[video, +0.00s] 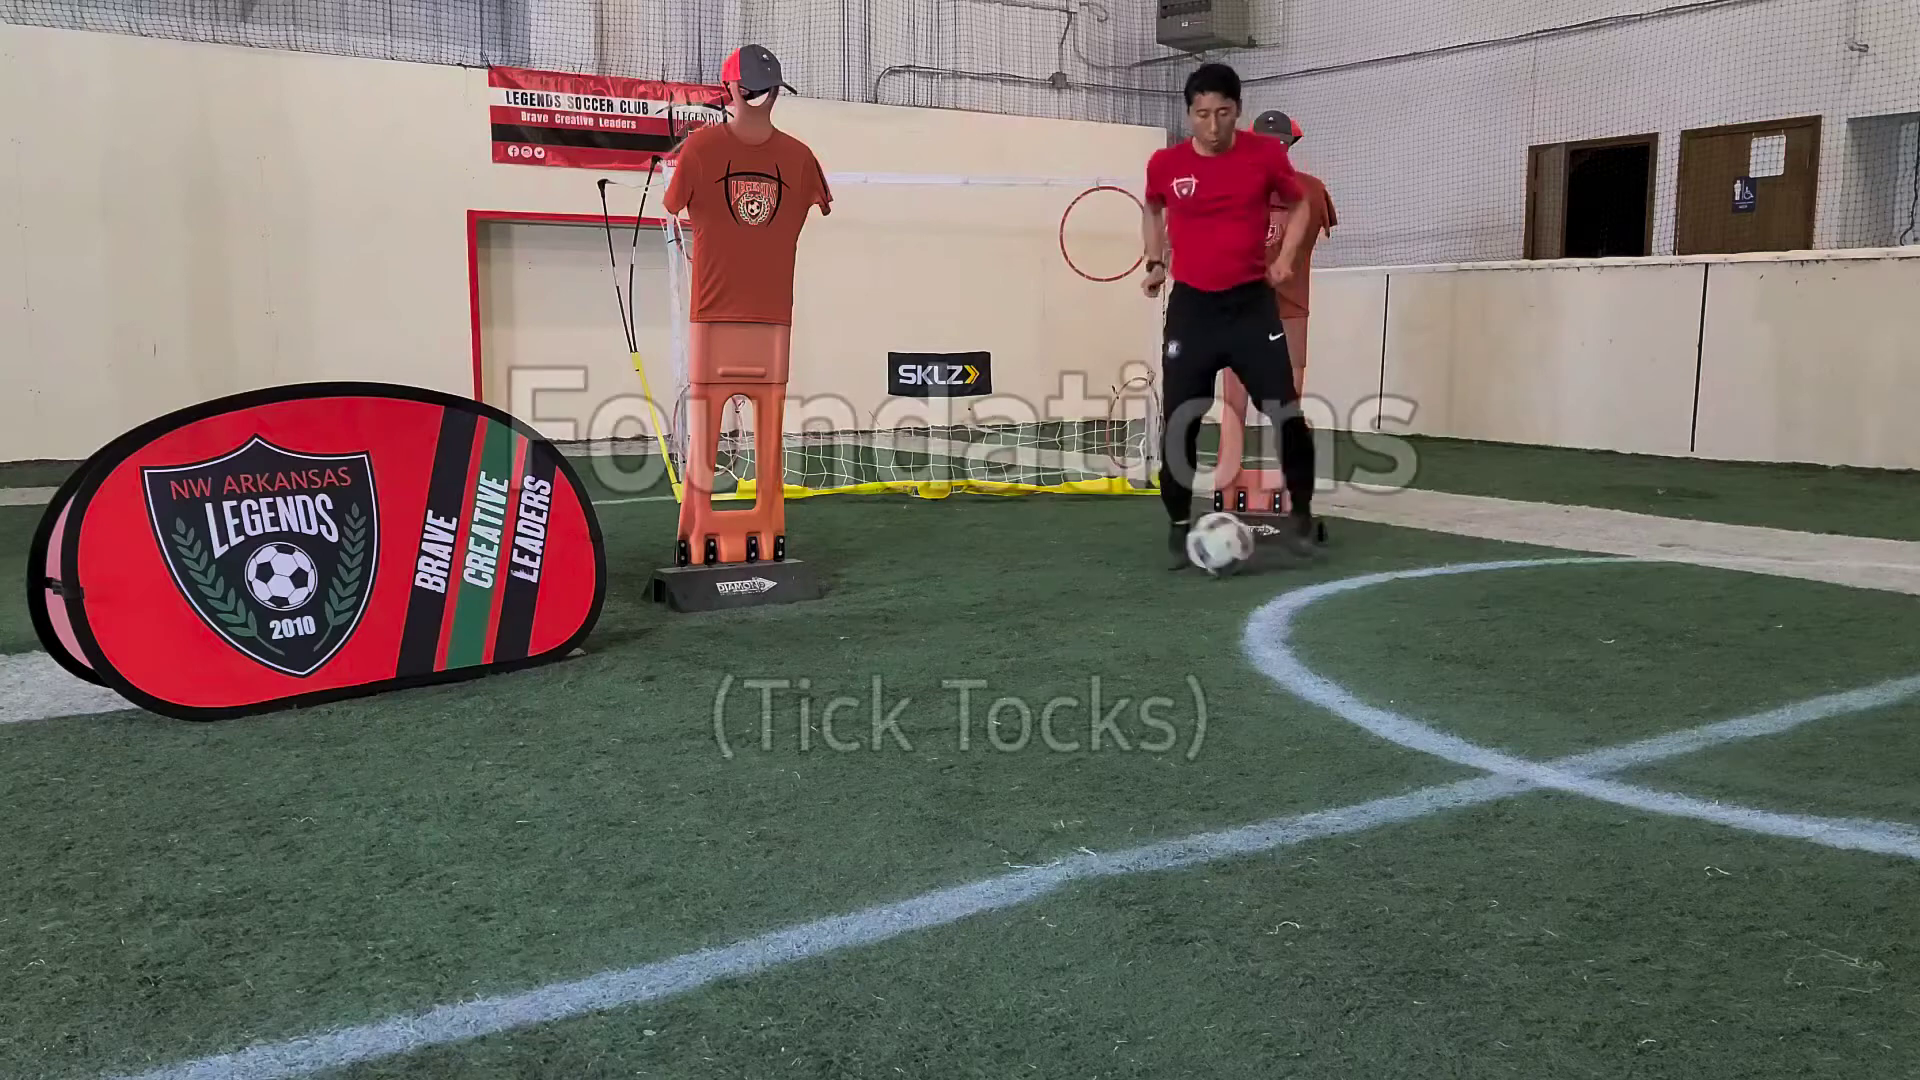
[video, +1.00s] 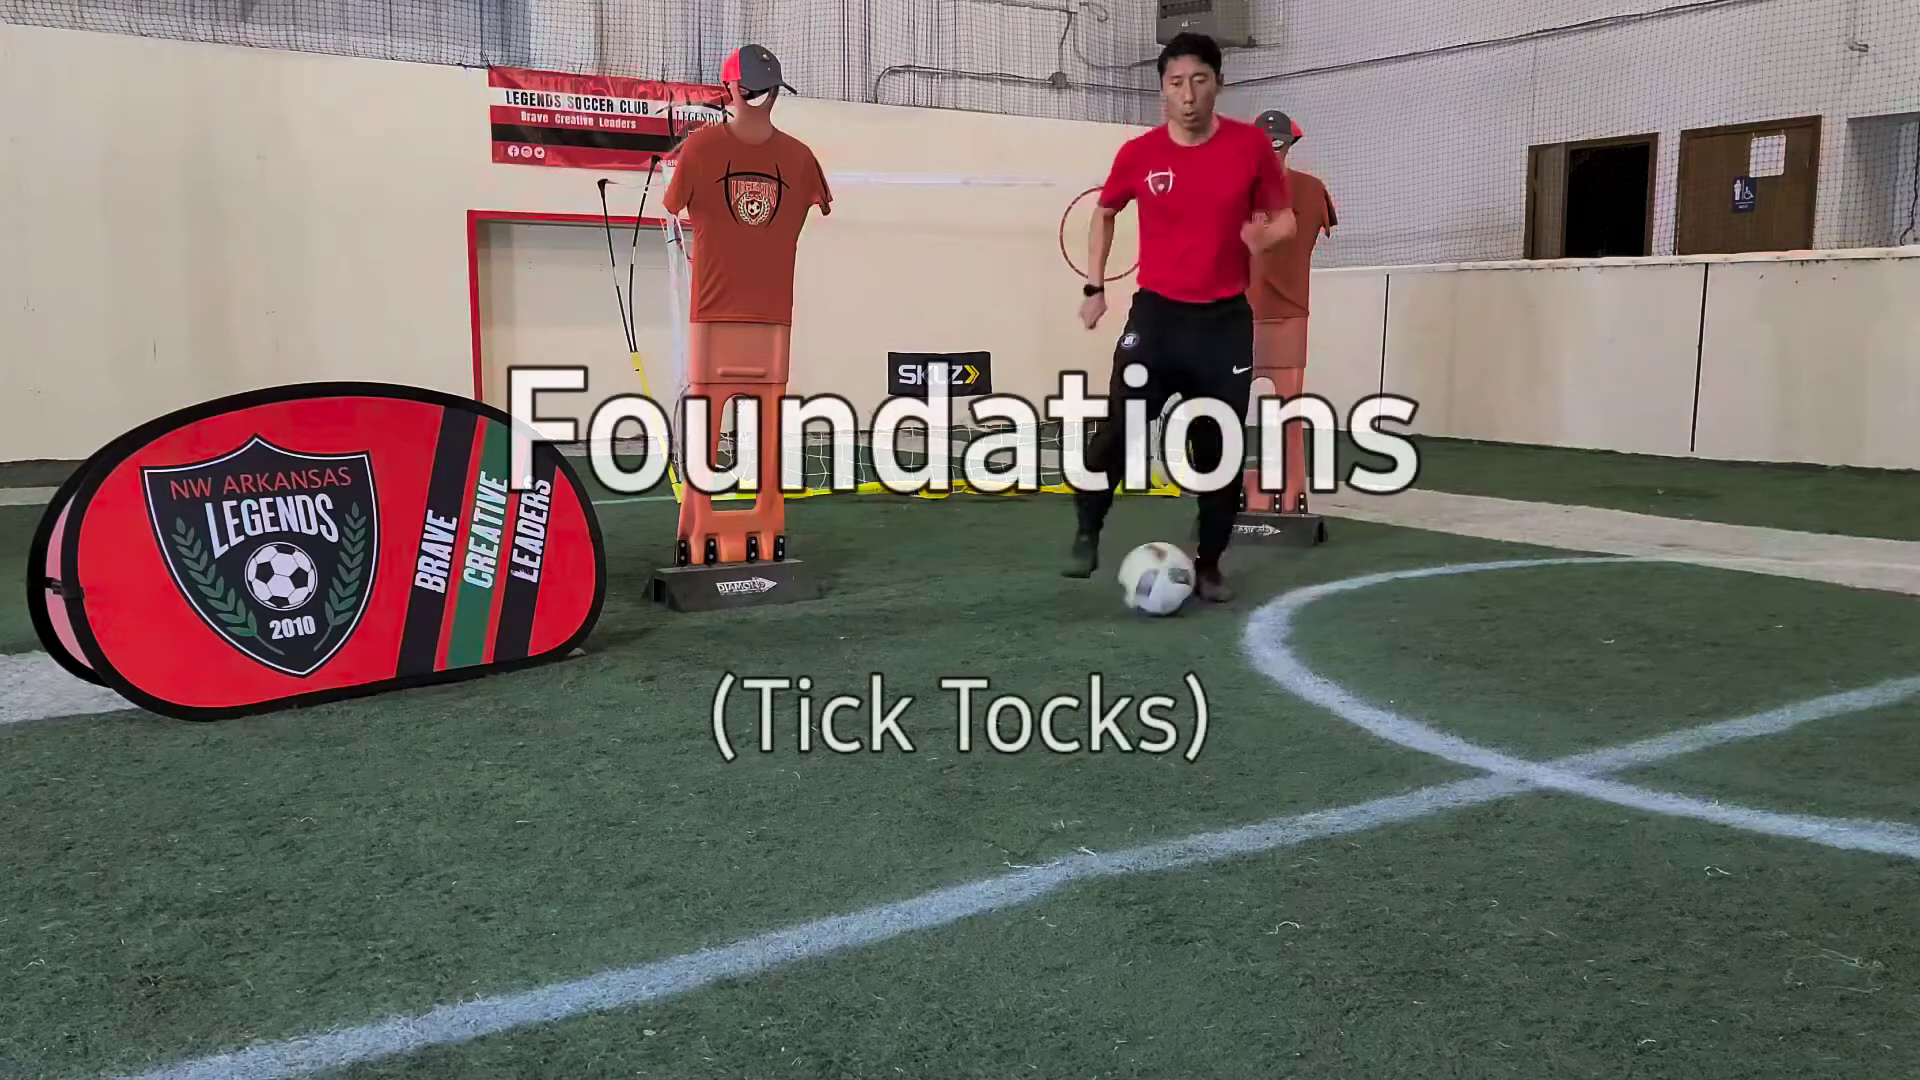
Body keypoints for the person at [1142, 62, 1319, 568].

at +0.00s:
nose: (1213, 125)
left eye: (1223, 113)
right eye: (1203, 114)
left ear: (1238, 112)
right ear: (1188, 114)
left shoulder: (1266, 155)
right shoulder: (1165, 165)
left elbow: (1304, 203)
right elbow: (1153, 208)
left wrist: (1286, 259)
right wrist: (1154, 260)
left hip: (1251, 304)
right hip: (1191, 307)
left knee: (1285, 410)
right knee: (1181, 418)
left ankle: (1303, 519)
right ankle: (1180, 527)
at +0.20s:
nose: (1215, 126)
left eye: (1225, 115)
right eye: (1204, 115)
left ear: (1239, 116)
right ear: (1189, 116)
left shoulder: (1260, 158)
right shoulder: (1165, 166)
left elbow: (1279, 200)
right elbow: (1116, 232)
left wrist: (1285, 255)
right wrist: (1142, 244)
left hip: (1244, 312)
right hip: (1182, 317)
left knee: (1277, 417)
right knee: (1179, 430)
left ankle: (1294, 521)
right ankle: (1180, 534)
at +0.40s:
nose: (1212, 116)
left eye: (1222, 105)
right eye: (1201, 106)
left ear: (1238, 108)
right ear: (1187, 111)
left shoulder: (1271, 160)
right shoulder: (1166, 168)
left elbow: (1300, 221)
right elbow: (1131, 226)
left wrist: (1282, 257)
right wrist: (1128, 292)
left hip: (1247, 318)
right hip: (1183, 316)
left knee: (1256, 436)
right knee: (1137, 418)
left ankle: (1247, 547)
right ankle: (1107, 513)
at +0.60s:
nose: (1194, 96)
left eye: (1205, 86)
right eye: (1184, 86)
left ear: (1220, 90)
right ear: (1168, 90)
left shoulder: (1250, 140)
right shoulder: (1141, 149)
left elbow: (1282, 196)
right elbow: (1123, 197)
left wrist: (1272, 242)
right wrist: (1123, 257)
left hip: (1232, 301)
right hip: (1168, 303)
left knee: (1272, 411)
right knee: (1151, 422)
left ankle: (1286, 526)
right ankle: (1146, 538)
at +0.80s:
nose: (1194, 97)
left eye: (1205, 86)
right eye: (1183, 87)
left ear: (1219, 91)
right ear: (1166, 92)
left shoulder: (1240, 143)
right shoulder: (1138, 149)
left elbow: (1255, 189)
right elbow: (1092, 223)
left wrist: (1262, 249)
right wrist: (1117, 232)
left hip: (1220, 307)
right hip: (1155, 312)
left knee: (1268, 411)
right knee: (1145, 431)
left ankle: (1288, 523)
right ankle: (1147, 549)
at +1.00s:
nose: (1189, 93)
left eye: (1200, 81)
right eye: (1177, 82)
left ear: (1218, 86)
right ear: (1162, 90)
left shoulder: (1254, 145)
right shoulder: (1139, 152)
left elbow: (1286, 222)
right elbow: (1104, 213)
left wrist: (1263, 236)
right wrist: (1095, 286)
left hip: (1225, 318)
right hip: (1156, 313)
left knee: (1222, 446)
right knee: (1118, 428)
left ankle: (1208, 565)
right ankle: (1088, 529)